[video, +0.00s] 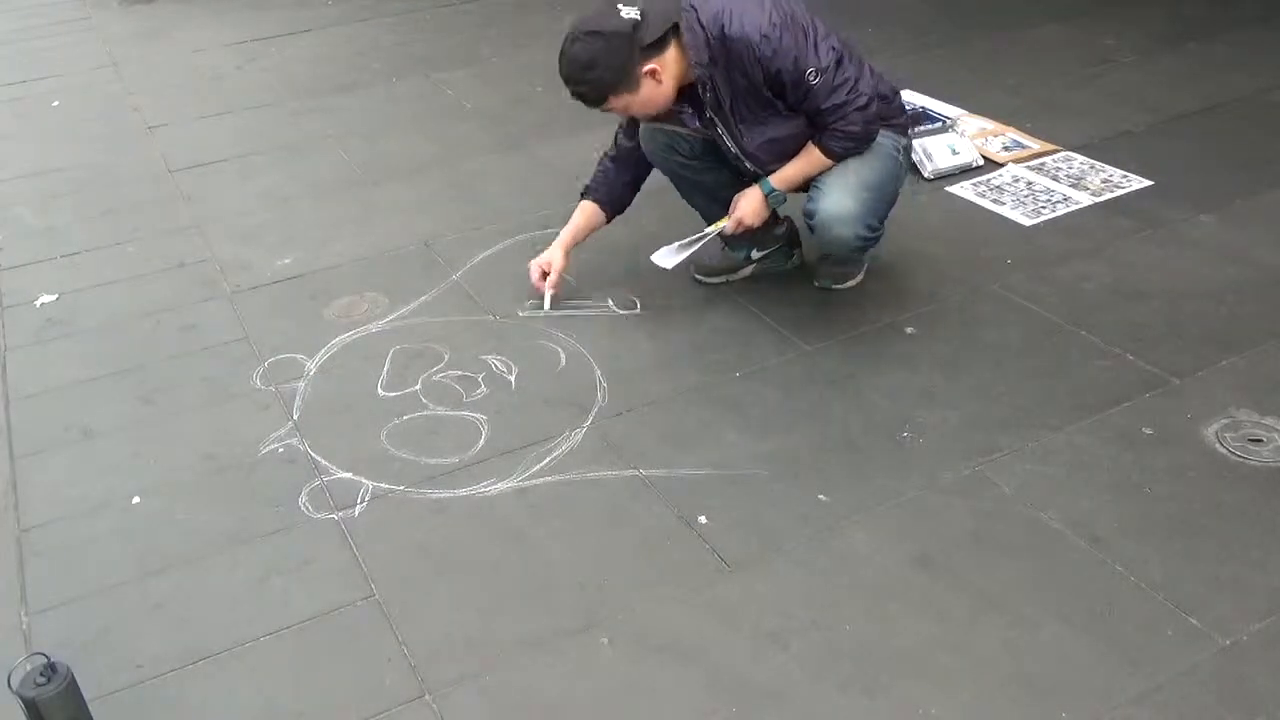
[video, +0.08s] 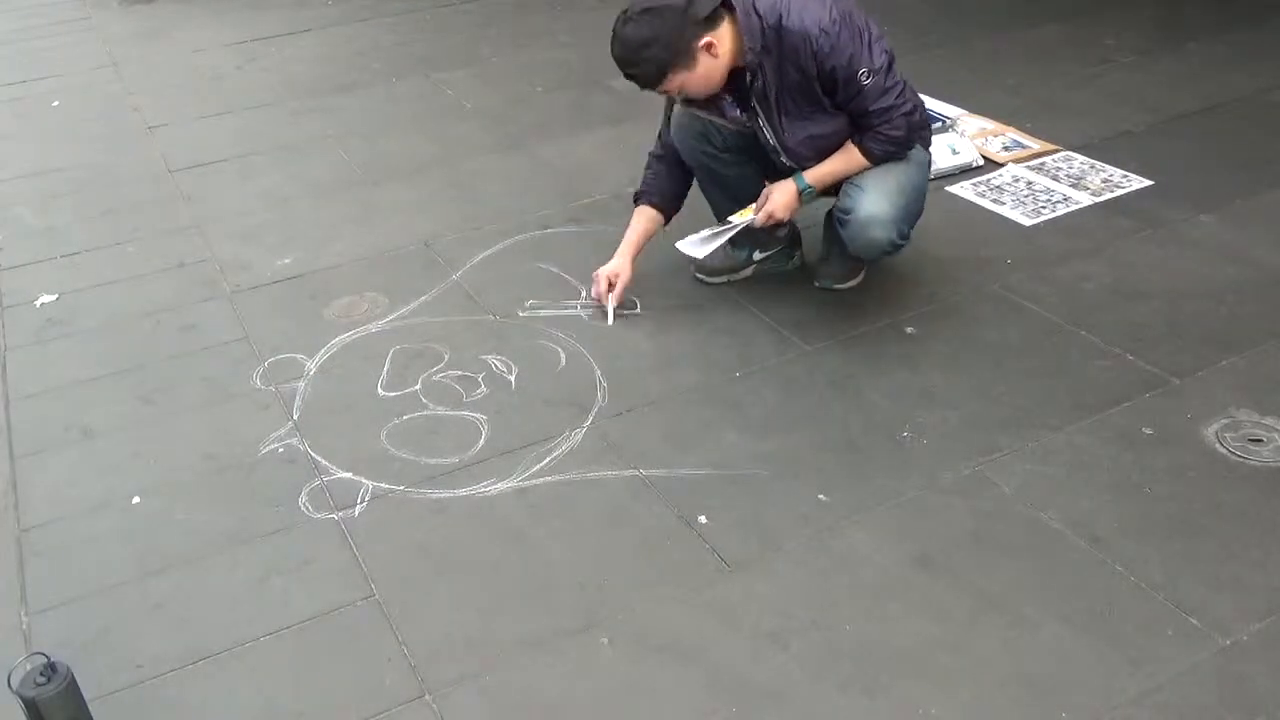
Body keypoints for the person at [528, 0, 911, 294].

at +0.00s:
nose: (623, 117)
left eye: (620, 106)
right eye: (614, 111)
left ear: (653, 75)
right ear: (650, 70)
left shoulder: (763, 34)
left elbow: (859, 118)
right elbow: (624, 157)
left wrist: (770, 191)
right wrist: (563, 243)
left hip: (861, 133)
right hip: (776, 145)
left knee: (837, 221)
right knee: (660, 138)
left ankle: (840, 255)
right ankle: (763, 240)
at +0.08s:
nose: (676, 98)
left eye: (675, 87)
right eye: (668, 92)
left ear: (708, 48)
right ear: (708, 45)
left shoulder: (822, 31)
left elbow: (895, 130)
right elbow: (670, 158)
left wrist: (801, 185)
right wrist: (626, 253)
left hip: (880, 146)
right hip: (795, 150)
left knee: (872, 229)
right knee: (690, 124)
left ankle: (843, 237)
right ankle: (769, 238)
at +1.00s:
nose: (794, 82)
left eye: (785, 73)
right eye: (782, 76)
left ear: (812, 52)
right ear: (816, 47)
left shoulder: (937, 40)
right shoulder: (865, 36)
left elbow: (985, 191)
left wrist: (901, 264)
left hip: (1051, 203)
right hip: (974, 175)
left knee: (927, 324)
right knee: (840, 110)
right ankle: (881, 268)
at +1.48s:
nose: (758, 172)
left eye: (759, 163)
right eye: (750, 165)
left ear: (803, 135)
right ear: (801, 132)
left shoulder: (941, 89)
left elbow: (1038, 185)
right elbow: (765, 207)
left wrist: (947, 269)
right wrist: (743, 311)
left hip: (1002, 203)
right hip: (914, 209)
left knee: (1063, 287)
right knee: (795, 203)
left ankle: (989, 288)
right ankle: (889, 303)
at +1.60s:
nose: (927, 133)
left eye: (927, 124)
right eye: (919, 126)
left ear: (978, 94)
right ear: (976, 90)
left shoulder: (1114, 86)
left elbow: (1181, 224)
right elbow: (927, 166)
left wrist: (1059, 288)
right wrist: (893, 269)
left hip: (1142, 217)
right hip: (1062, 194)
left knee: (1143, 350)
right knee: (944, 156)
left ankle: (1088, 298)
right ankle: (967, 311)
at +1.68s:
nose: (915, 167)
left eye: (918, 157)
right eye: (905, 160)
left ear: (955, 125)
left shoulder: (1096, 88)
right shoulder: (926, 95)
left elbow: (1172, 213)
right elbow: (873, 194)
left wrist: (1060, 288)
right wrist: (831, 298)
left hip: (1122, 221)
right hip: (1034, 207)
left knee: (1158, 333)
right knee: (919, 176)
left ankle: (1094, 304)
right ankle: (966, 319)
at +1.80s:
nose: (931, 157)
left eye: (934, 146)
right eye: (922, 150)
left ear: (979, 116)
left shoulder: (1122, 92)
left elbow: (1195, 214)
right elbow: (911, 194)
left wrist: (1076, 286)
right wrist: (871, 299)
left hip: (1138, 217)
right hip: (1052, 203)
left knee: (1169, 340)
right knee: (936, 170)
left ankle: (1099, 293)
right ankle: (965, 316)